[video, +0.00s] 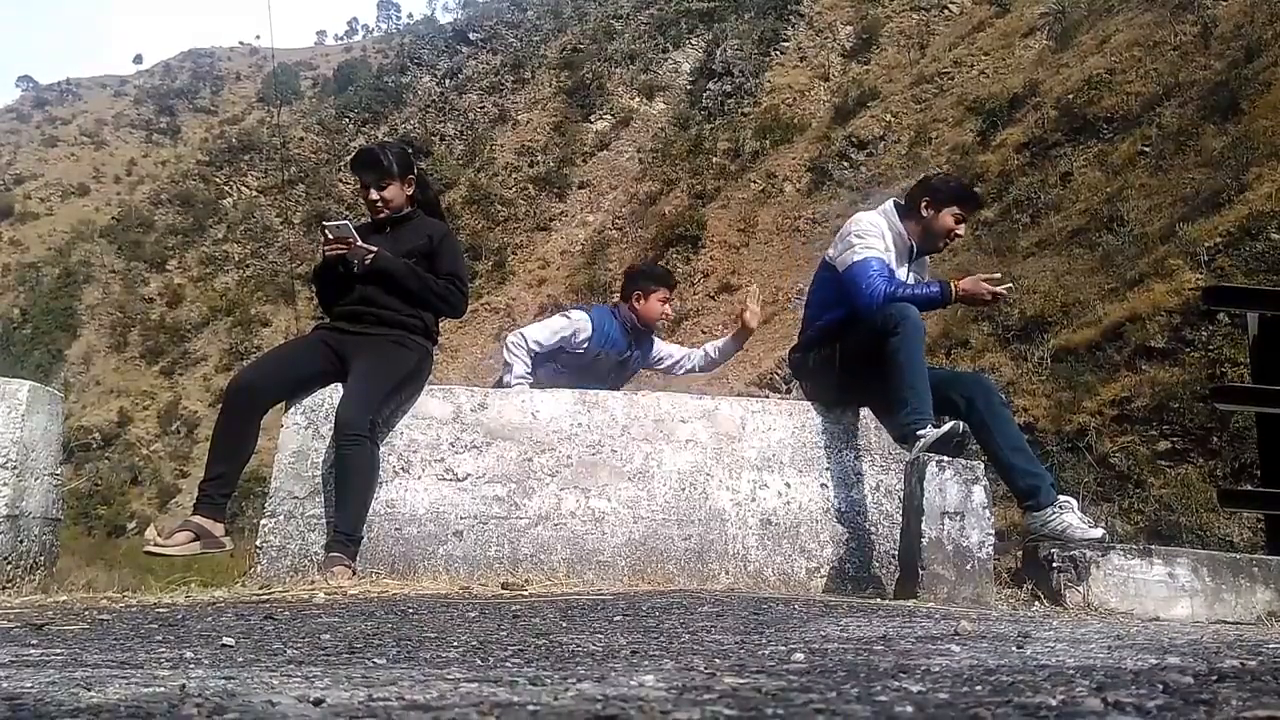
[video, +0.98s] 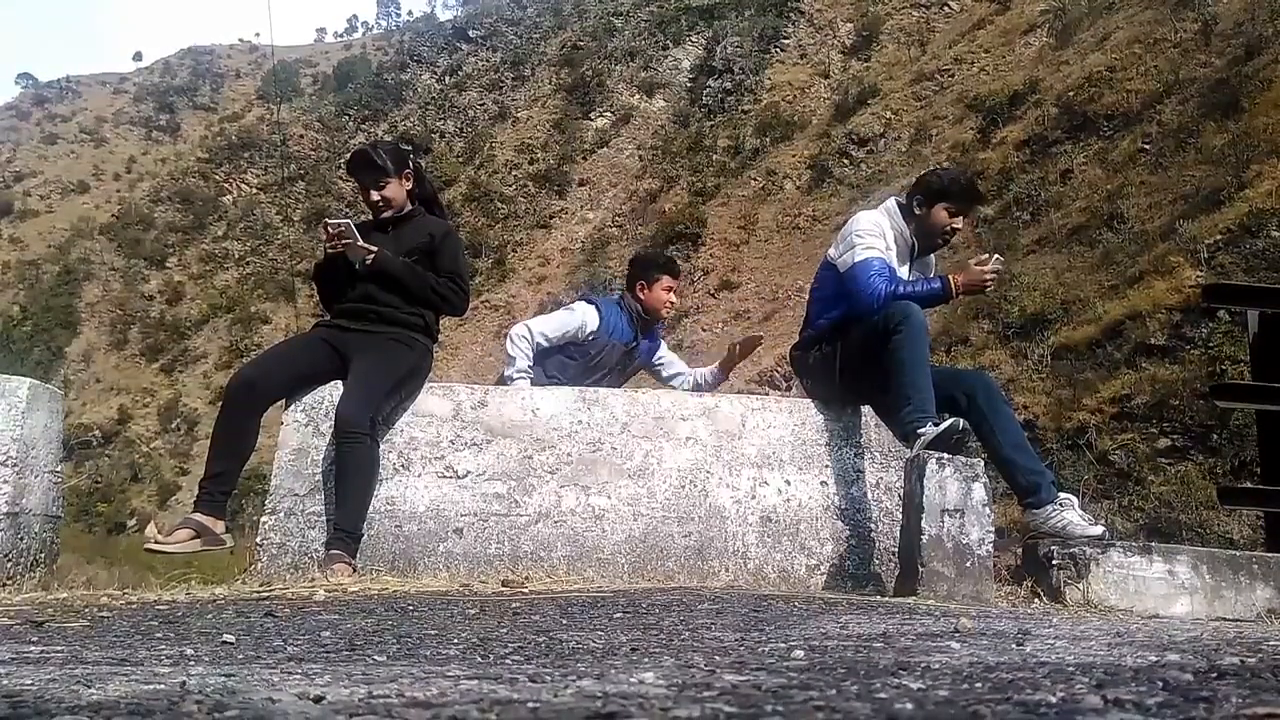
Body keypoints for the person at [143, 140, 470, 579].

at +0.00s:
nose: (373, 196)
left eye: (383, 186)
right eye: (366, 188)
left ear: (410, 183)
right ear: (361, 188)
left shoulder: (434, 232)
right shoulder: (354, 230)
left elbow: (455, 301)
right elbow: (331, 301)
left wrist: (383, 261)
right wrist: (330, 263)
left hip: (397, 344)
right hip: (336, 336)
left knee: (353, 423)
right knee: (247, 388)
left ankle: (341, 559)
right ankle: (208, 521)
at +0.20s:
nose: (376, 194)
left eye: (386, 184)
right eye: (368, 187)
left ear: (411, 181)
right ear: (362, 188)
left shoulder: (434, 232)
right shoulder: (355, 230)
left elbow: (455, 300)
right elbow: (332, 300)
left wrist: (380, 262)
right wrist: (329, 263)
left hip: (397, 344)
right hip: (336, 336)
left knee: (353, 423)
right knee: (246, 388)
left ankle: (341, 558)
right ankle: (208, 521)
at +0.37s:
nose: (376, 194)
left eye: (385, 183)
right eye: (368, 186)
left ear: (410, 178)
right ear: (362, 188)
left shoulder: (435, 231)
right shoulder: (355, 230)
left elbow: (455, 299)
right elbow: (332, 298)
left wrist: (378, 260)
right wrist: (328, 259)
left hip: (397, 342)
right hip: (336, 334)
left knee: (353, 421)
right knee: (247, 386)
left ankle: (341, 558)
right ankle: (208, 519)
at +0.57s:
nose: (375, 196)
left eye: (383, 184)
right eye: (367, 188)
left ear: (409, 178)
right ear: (360, 187)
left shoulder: (435, 229)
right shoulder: (356, 228)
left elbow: (455, 299)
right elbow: (333, 299)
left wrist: (377, 260)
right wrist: (327, 259)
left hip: (397, 341)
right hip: (336, 333)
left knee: (353, 420)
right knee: (248, 385)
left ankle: (341, 557)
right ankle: (208, 518)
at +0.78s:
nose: (374, 196)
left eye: (382, 185)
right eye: (365, 188)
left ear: (408, 177)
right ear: (359, 187)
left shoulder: (436, 229)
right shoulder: (356, 227)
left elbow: (456, 298)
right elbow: (334, 299)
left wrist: (379, 259)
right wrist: (330, 257)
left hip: (397, 341)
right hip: (336, 333)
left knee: (353, 420)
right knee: (247, 384)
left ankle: (340, 556)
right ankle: (208, 518)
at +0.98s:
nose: (374, 197)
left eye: (381, 186)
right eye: (366, 189)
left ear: (408, 177)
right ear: (360, 189)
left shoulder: (436, 231)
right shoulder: (358, 227)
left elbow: (456, 299)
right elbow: (333, 299)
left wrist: (382, 259)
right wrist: (334, 254)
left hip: (397, 342)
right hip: (337, 334)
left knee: (353, 419)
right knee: (247, 385)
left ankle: (341, 555)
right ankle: (208, 519)